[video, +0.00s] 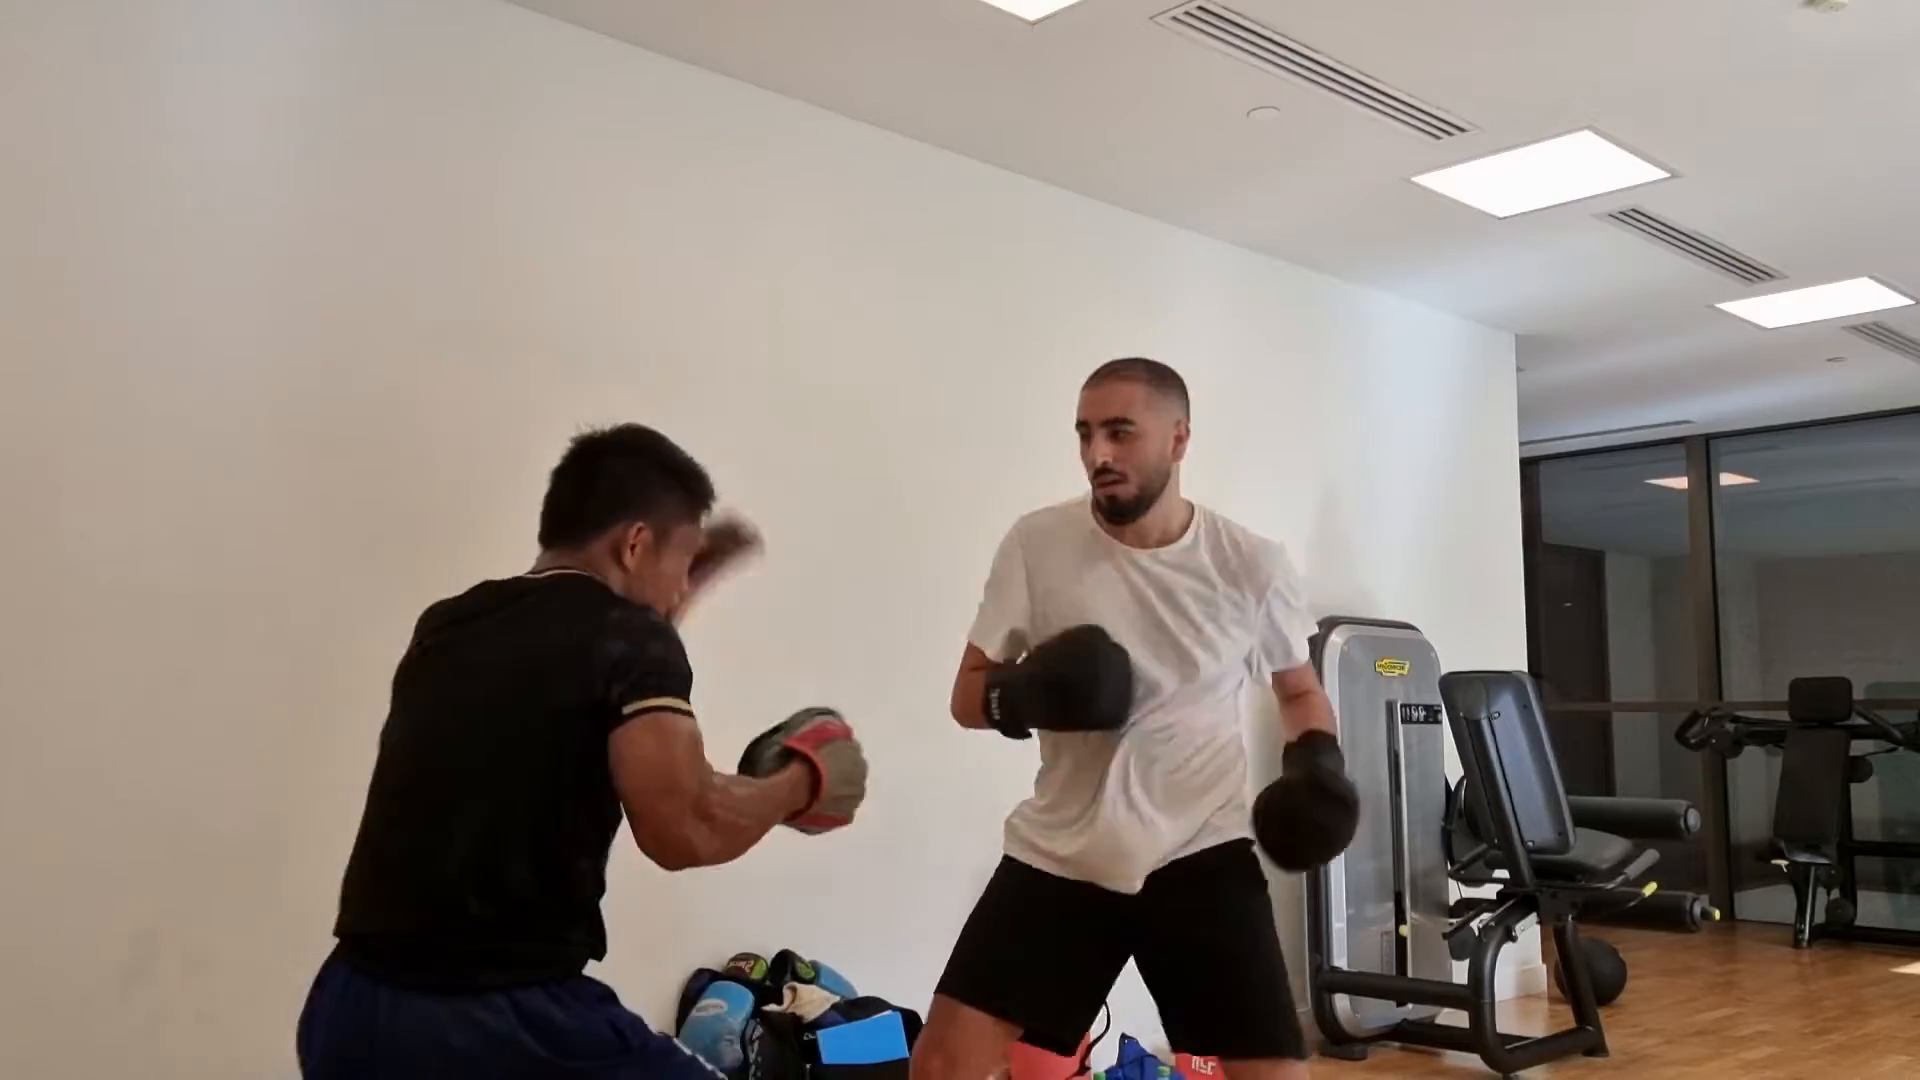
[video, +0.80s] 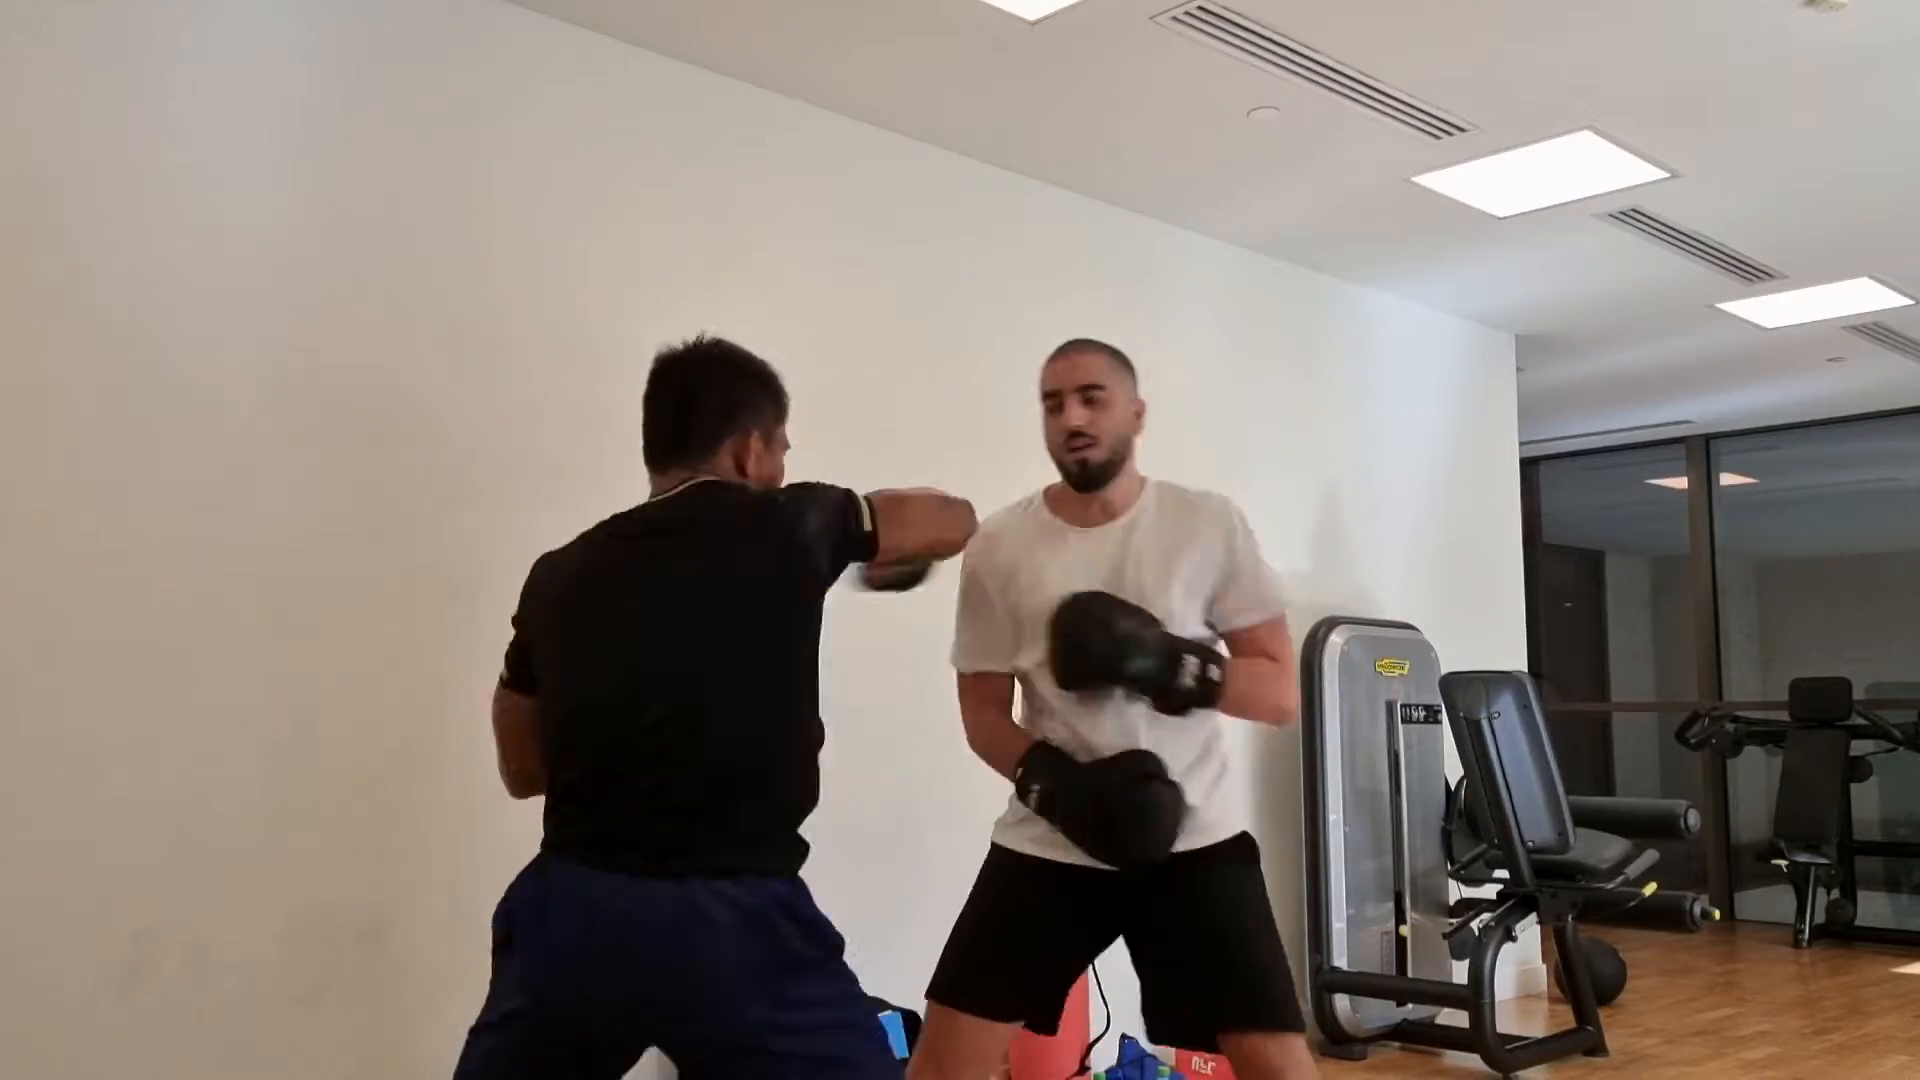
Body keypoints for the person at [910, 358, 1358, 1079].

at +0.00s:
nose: (1098, 454)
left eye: (1121, 431)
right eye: (1087, 434)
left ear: (1179, 439)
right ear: (1075, 441)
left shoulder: (1254, 567)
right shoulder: (1036, 544)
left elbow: (1300, 693)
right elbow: (969, 694)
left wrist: (1317, 767)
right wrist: (1030, 690)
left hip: (1203, 859)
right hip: (1057, 855)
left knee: (1270, 1069)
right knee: (946, 1062)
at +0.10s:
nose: (1043, 461)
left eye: (1068, 441)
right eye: (1039, 439)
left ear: (1132, 454)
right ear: (1034, 443)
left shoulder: (1181, 584)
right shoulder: (1034, 552)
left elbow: (1262, 731)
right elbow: (1005, 670)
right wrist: (1007, 708)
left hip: (1175, 883)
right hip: (1051, 866)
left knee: (1219, 1070)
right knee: (934, 1041)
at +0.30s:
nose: (1035, 451)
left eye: (1056, 427)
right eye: (1025, 431)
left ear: (1118, 427)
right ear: (1016, 434)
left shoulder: (1168, 548)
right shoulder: (1037, 534)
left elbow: (1131, 735)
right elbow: (1055, 677)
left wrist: (1005, 661)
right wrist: (960, 696)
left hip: (1162, 863)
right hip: (1032, 857)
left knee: (1236, 1071)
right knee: (917, 1055)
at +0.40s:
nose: (1036, 450)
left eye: (1053, 426)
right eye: (1022, 433)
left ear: (1114, 420)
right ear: (1014, 443)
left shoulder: (1213, 543)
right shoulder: (1001, 543)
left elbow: (1295, 695)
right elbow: (889, 634)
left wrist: (1211, 709)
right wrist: (912, 560)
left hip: (1176, 853)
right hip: (1023, 856)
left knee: (1254, 1070)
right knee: (923, 1067)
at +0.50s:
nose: (1009, 447)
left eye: (1028, 423)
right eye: (997, 430)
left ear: (1085, 424)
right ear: (989, 441)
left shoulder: (1175, 526)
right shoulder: (991, 551)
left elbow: (1288, 681)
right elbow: (866, 665)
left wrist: (1224, 620)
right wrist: (912, 596)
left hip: (1177, 857)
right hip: (1037, 858)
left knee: (1254, 1071)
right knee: (944, 1063)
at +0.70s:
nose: (1003, 440)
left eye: (1022, 418)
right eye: (990, 424)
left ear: (1078, 419)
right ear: (982, 435)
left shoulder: (1139, 497)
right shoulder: (1006, 558)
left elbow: (1151, 625)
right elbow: (1001, 711)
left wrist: (1016, 589)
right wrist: (1010, 771)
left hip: (1175, 848)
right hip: (1046, 857)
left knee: (1253, 1070)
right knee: (926, 1058)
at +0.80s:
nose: (1071, 419)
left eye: (1092, 398)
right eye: (1054, 404)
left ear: (1138, 411)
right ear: (1041, 423)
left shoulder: (1212, 526)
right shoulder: (998, 548)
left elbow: (1280, 692)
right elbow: (983, 719)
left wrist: (1169, 663)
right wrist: (1067, 786)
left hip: (1198, 853)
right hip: (1044, 856)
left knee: (1277, 1063)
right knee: (948, 1061)